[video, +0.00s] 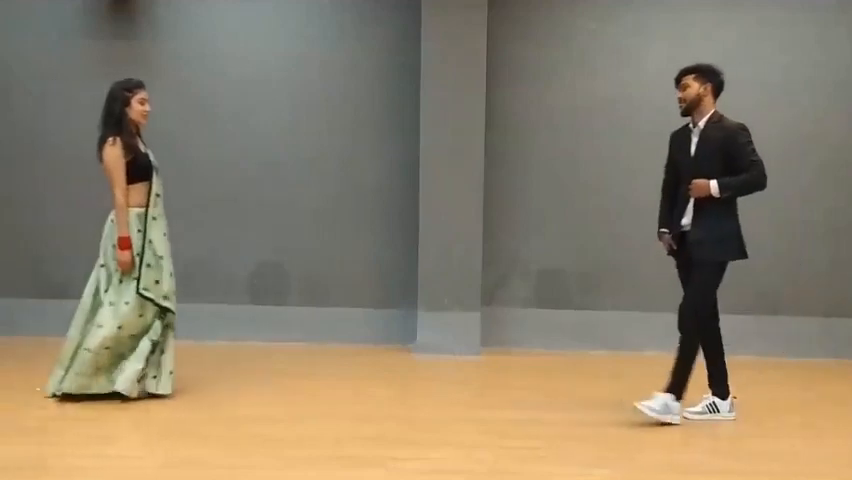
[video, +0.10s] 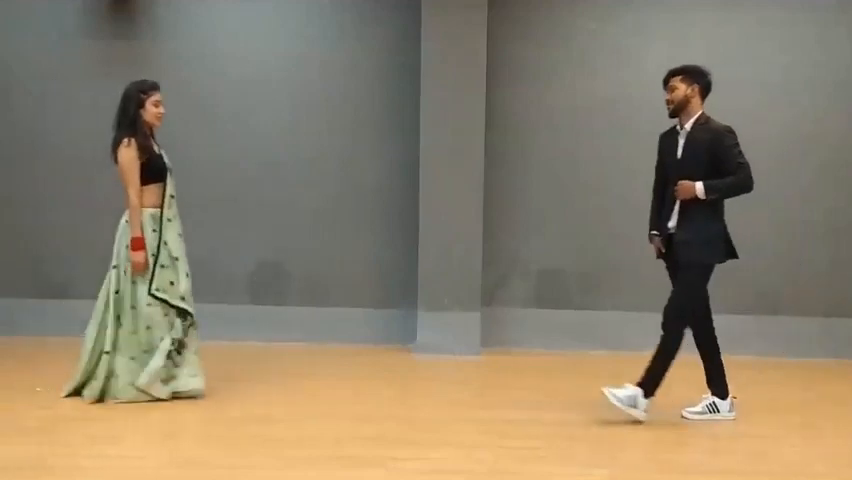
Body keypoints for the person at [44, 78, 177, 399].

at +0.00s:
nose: (147, 108)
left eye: (148, 103)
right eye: (142, 102)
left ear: (139, 108)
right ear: (124, 105)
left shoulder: (138, 142)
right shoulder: (115, 144)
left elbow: (141, 194)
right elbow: (119, 195)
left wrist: (152, 238)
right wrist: (124, 242)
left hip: (150, 230)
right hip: (131, 231)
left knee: (157, 305)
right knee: (136, 307)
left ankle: (140, 378)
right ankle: (83, 375)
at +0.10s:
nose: (162, 110)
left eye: (161, 104)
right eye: (156, 104)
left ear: (152, 108)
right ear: (138, 108)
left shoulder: (150, 142)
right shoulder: (129, 144)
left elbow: (155, 194)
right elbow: (133, 196)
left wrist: (165, 236)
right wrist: (137, 244)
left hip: (163, 230)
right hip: (146, 231)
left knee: (166, 304)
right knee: (147, 305)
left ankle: (160, 375)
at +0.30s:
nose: (190, 117)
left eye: (190, 111)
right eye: (184, 111)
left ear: (181, 115)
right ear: (167, 113)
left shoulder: (179, 150)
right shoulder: (159, 152)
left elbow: (181, 202)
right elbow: (162, 203)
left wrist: (197, 243)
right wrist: (164, 250)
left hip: (191, 235)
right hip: (175, 235)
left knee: (191, 307)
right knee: (174, 308)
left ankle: (192, 376)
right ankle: (173, 377)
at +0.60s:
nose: (232, 115)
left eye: (234, 109)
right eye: (227, 108)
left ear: (227, 112)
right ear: (210, 110)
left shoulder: (219, 148)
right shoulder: (203, 149)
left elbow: (220, 199)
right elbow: (206, 200)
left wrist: (235, 241)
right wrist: (211, 247)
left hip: (231, 233)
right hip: (217, 234)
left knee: (231, 309)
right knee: (216, 310)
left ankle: (229, 378)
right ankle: (217, 379)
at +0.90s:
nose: (271, 119)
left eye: (272, 113)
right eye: (266, 113)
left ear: (262, 116)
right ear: (249, 113)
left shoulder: (252, 149)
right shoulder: (239, 152)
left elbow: (251, 202)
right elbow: (243, 203)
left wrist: (261, 245)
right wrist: (249, 249)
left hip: (263, 234)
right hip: (249, 236)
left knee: (262, 308)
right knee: (247, 309)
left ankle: (260, 377)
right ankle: (240, 379)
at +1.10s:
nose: (296, 122)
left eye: (297, 116)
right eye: (292, 115)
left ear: (283, 117)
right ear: (275, 115)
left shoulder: (277, 153)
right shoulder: (269, 155)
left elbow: (273, 206)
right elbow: (272, 207)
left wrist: (283, 249)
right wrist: (275, 253)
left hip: (290, 239)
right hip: (281, 240)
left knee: (289, 310)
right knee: (280, 311)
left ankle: (285, 378)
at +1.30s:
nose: (326, 119)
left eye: (327, 113)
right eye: (321, 113)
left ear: (315, 118)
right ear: (305, 116)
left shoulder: (310, 153)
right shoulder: (303, 156)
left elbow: (312, 207)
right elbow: (307, 208)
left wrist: (319, 250)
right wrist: (313, 253)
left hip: (322, 241)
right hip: (311, 243)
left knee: (322, 312)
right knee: (313, 314)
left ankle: (311, 380)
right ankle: (268, 376)